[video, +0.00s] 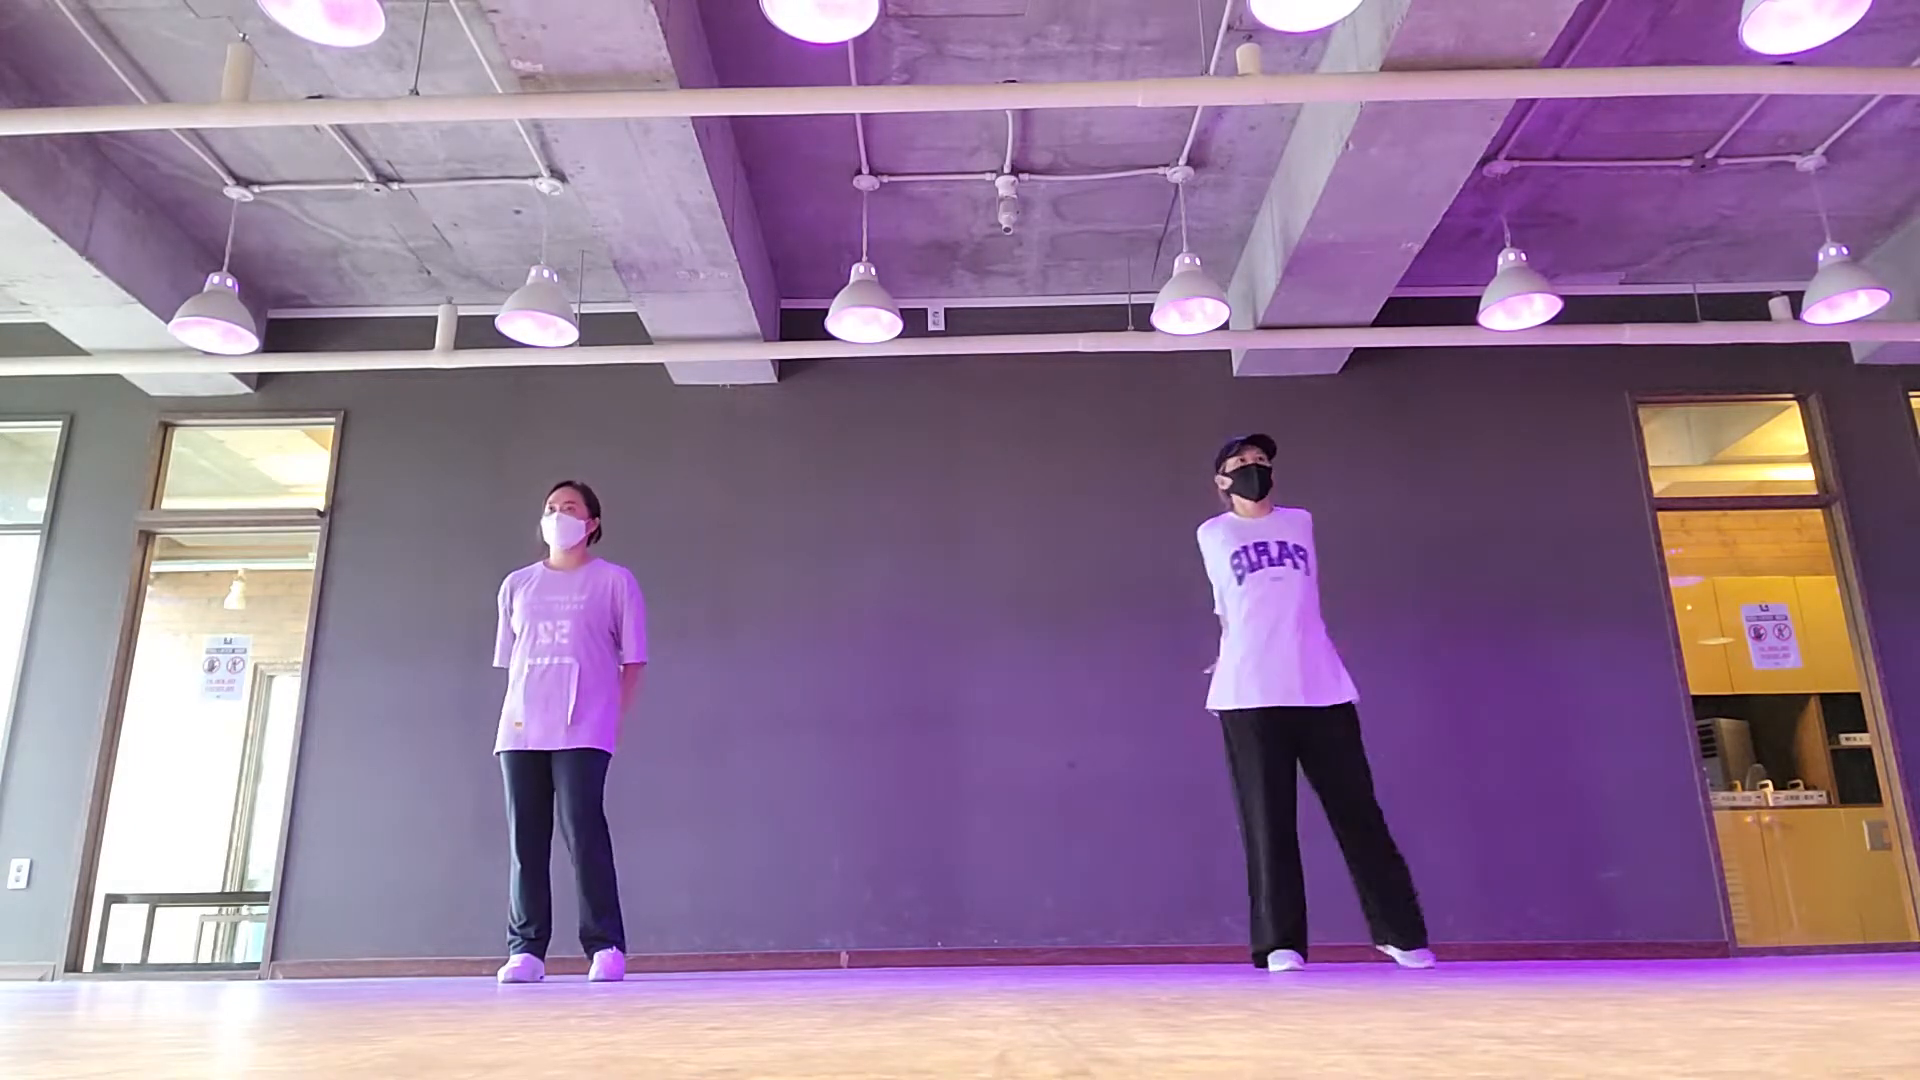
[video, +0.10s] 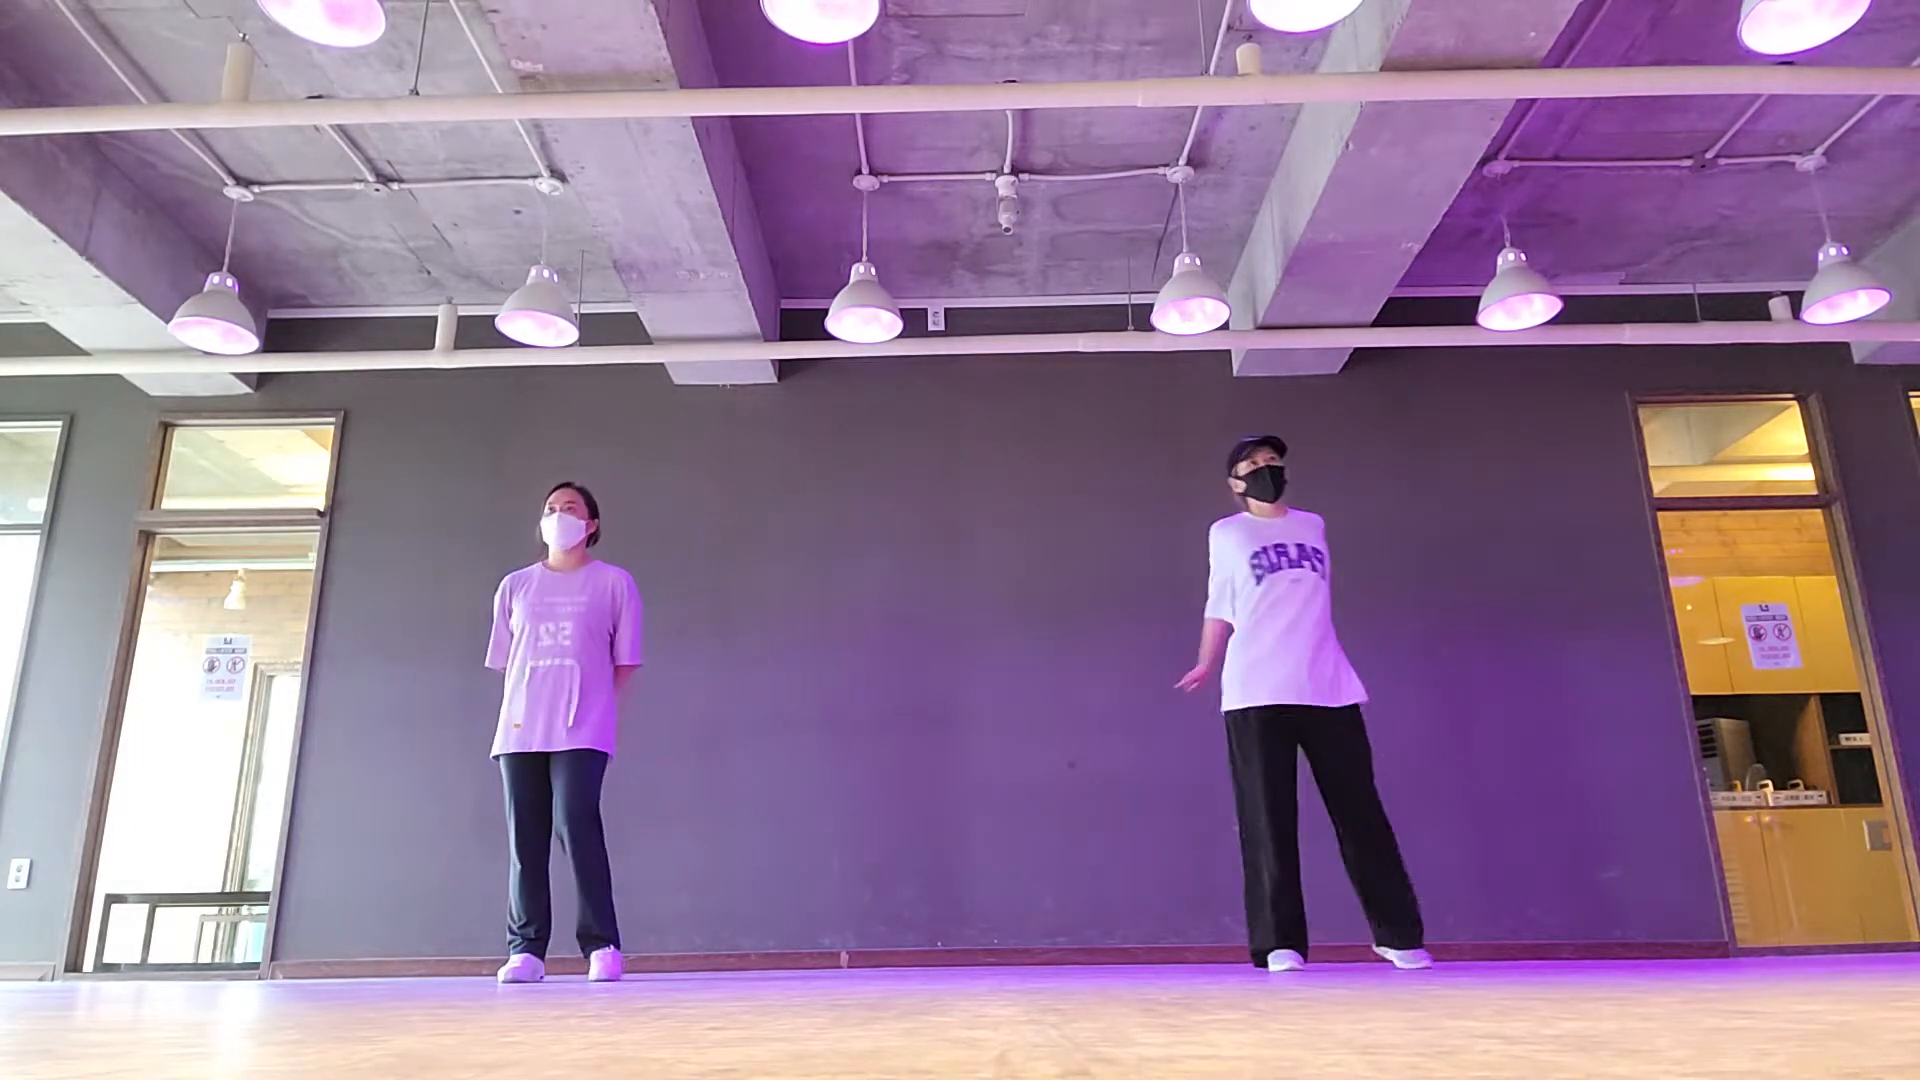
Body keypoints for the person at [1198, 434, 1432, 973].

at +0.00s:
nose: (1254, 474)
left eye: (1261, 465)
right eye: (1241, 468)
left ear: (1272, 473)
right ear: (1221, 482)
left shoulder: (1300, 522)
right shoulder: (1213, 535)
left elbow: (1305, 598)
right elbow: (1230, 609)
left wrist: (1294, 656)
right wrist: (1238, 662)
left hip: (1322, 690)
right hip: (1253, 697)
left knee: (1360, 815)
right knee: (1268, 827)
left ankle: (1399, 932)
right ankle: (1279, 947)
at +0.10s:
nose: (1266, 472)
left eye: (1273, 464)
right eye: (1253, 467)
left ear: (1286, 474)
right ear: (1235, 483)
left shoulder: (1312, 526)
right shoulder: (1226, 534)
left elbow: (1316, 601)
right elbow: (1219, 606)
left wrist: (1314, 661)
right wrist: (1206, 662)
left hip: (1327, 688)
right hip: (1258, 695)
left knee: (1362, 813)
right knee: (1269, 825)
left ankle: (1397, 935)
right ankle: (1279, 946)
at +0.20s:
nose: (1280, 472)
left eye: (1288, 463)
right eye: (1267, 467)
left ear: (1300, 473)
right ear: (1250, 484)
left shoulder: (1327, 533)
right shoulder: (1238, 537)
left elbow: (1328, 613)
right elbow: (1209, 616)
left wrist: (1329, 675)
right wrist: (1177, 679)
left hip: (1337, 699)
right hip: (1267, 703)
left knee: (1365, 820)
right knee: (1271, 830)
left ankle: (1391, 940)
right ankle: (1279, 946)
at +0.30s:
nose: (1289, 474)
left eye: (1297, 466)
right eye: (1276, 468)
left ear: (1310, 477)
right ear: (1260, 485)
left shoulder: (1340, 543)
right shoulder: (1247, 541)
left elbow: (1356, 630)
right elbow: (1212, 610)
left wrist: (1369, 693)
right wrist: (1180, 665)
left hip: (1343, 703)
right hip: (1274, 705)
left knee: (1367, 824)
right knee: (1274, 829)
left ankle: (1386, 943)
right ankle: (1278, 945)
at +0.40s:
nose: (1298, 480)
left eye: (1306, 472)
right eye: (1285, 474)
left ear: (1319, 482)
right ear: (1268, 488)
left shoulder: (1347, 546)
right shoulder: (1255, 539)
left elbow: (1387, 622)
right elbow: (1231, 606)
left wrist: (1432, 676)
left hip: (1350, 707)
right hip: (1281, 709)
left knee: (1367, 832)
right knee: (1282, 834)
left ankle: (1388, 948)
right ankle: (1282, 947)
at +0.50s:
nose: (1308, 482)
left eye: (1316, 474)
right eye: (1295, 476)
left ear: (1329, 484)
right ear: (1278, 489)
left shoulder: (1358, 548)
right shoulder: (1266, 534)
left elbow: (1405, 599)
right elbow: (1278, 557)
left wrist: (1455, 617)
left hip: (1355, 705)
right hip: (1284, 705)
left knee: (1371, 831)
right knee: (1287, 832)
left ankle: (1390, 946)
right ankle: (1283, 946)